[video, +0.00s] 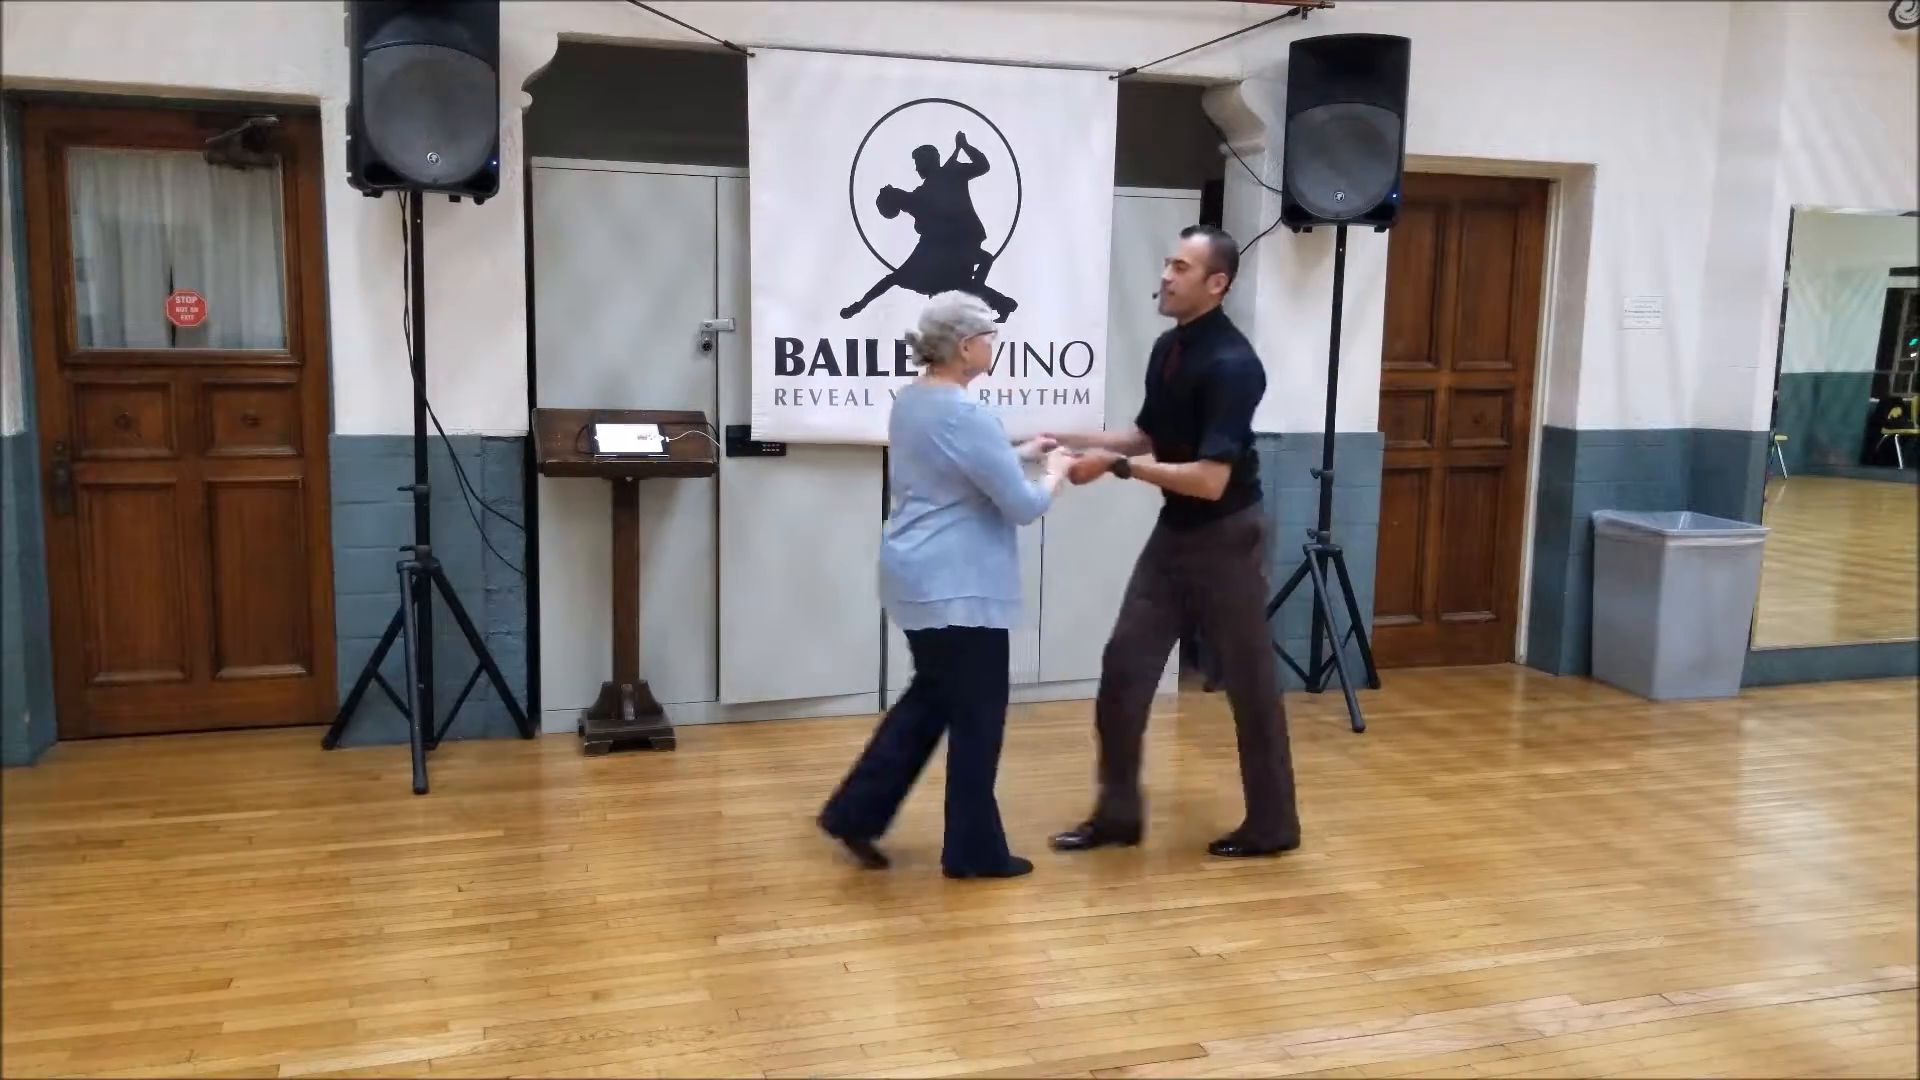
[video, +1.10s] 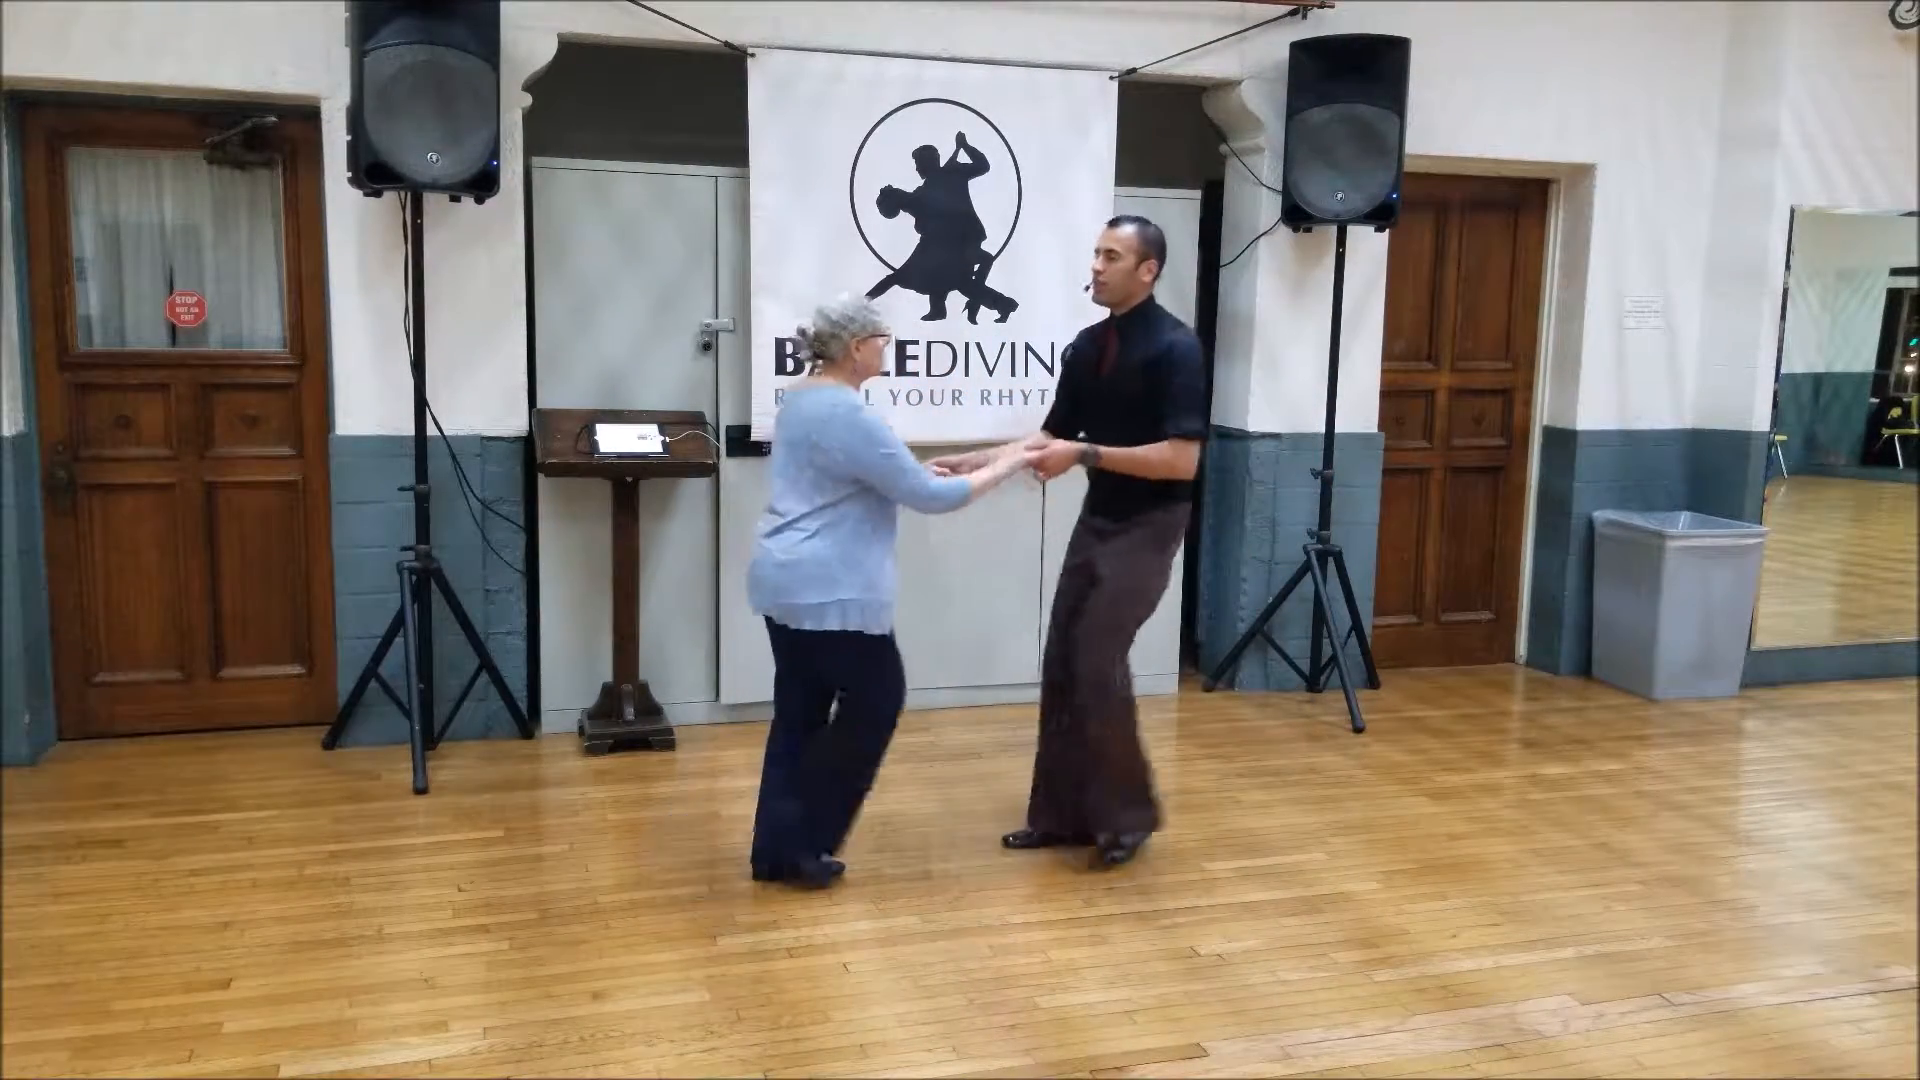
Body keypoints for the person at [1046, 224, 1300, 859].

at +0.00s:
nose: (1165, 276)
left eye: (1180, 269)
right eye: (1168, 265)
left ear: (1217, 284)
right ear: (1184, 277)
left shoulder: (1233, 362)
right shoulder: (1170, 347)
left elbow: (1211, 480)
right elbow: (1148, 439)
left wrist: (1120, 464)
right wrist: (1075, 444)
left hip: (1228, 540)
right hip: (1175, 533)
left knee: (1251, 682)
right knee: (1125, 667)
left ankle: (1273, 825)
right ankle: (1118, 817)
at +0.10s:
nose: (1143, 277)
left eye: (1157, 271)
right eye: (1146, 267)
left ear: (1194, 287)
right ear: (1169, 283)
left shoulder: (1210, 366)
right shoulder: (1147, 351)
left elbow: (1188, 485)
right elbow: (1129, 443)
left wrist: (1095, 483)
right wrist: (1051, 443)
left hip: (1199, 537)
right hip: (1149, 532)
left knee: (1197, 678)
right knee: (1105, 666)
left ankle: (1261, 804)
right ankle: (1096, 815)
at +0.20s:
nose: (1117, 282)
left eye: (1132, 274)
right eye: (1119, 271)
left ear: (1169, 288)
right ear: (1135, 285)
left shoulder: (1183, 366)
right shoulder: (1122, 357)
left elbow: (1164, 485)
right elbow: (1101, 451)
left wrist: (1069, 517)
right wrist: (1028, 470)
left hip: (1163, 533)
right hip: (1122, 526)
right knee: (1083, 667)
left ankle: (1179, 772)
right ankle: (1099, 821)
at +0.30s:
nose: (1103, 283)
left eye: (1118, 275)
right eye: (1106, 272)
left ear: (1155, 289)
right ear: (1126, 287)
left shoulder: (1173, 367)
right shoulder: (1110, 361)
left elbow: (1153, 480)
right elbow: (1088, 458)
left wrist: (1056, 520)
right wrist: (1018, 482)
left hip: (1153, 533)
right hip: (1109, 527)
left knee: (1064, 653)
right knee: (1090, 660)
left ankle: (1112, 786)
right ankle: (1089, 818)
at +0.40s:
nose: (1086, 279)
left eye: (1101, 271)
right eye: (1088, 268)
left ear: (1138, 287)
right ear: (1102, 283)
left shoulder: (1155, 361)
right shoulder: (1092, 359)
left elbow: (1138, 468)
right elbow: (1072, 458)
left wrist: (1038, 508)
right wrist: (1002, 486)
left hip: (1136, 533)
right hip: (1092, 528)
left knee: (1054, 663)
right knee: (1080, 664)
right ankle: (1097, 812)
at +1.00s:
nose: (1079, 272)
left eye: (1094, 265)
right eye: (1080, 261)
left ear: (1131, 277)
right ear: (1081, 269)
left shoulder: (1156, 355)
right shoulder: (1071, 351)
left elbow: (1152, 468)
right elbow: (1041, 446)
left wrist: (1056, 471)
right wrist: (966, 473)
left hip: (1132, 531)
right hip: (1082, 524)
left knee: (1074, 669)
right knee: (1047, 667)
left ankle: (1035, 829)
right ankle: (1074, 812)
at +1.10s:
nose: (1096, 266)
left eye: (1110, 258)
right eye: (1096, 255)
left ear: (1148, 270)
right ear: (1098, 264)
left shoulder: (1178, 348)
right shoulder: (1086, 349)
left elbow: (1183, 459)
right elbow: (1051, 447)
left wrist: (1083, 453)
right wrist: (974, 467)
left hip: (1151, 526)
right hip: (1098, 521)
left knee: (1095, 652)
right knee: (1062, 659)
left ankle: (1128, 817)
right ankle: (1060, 817)